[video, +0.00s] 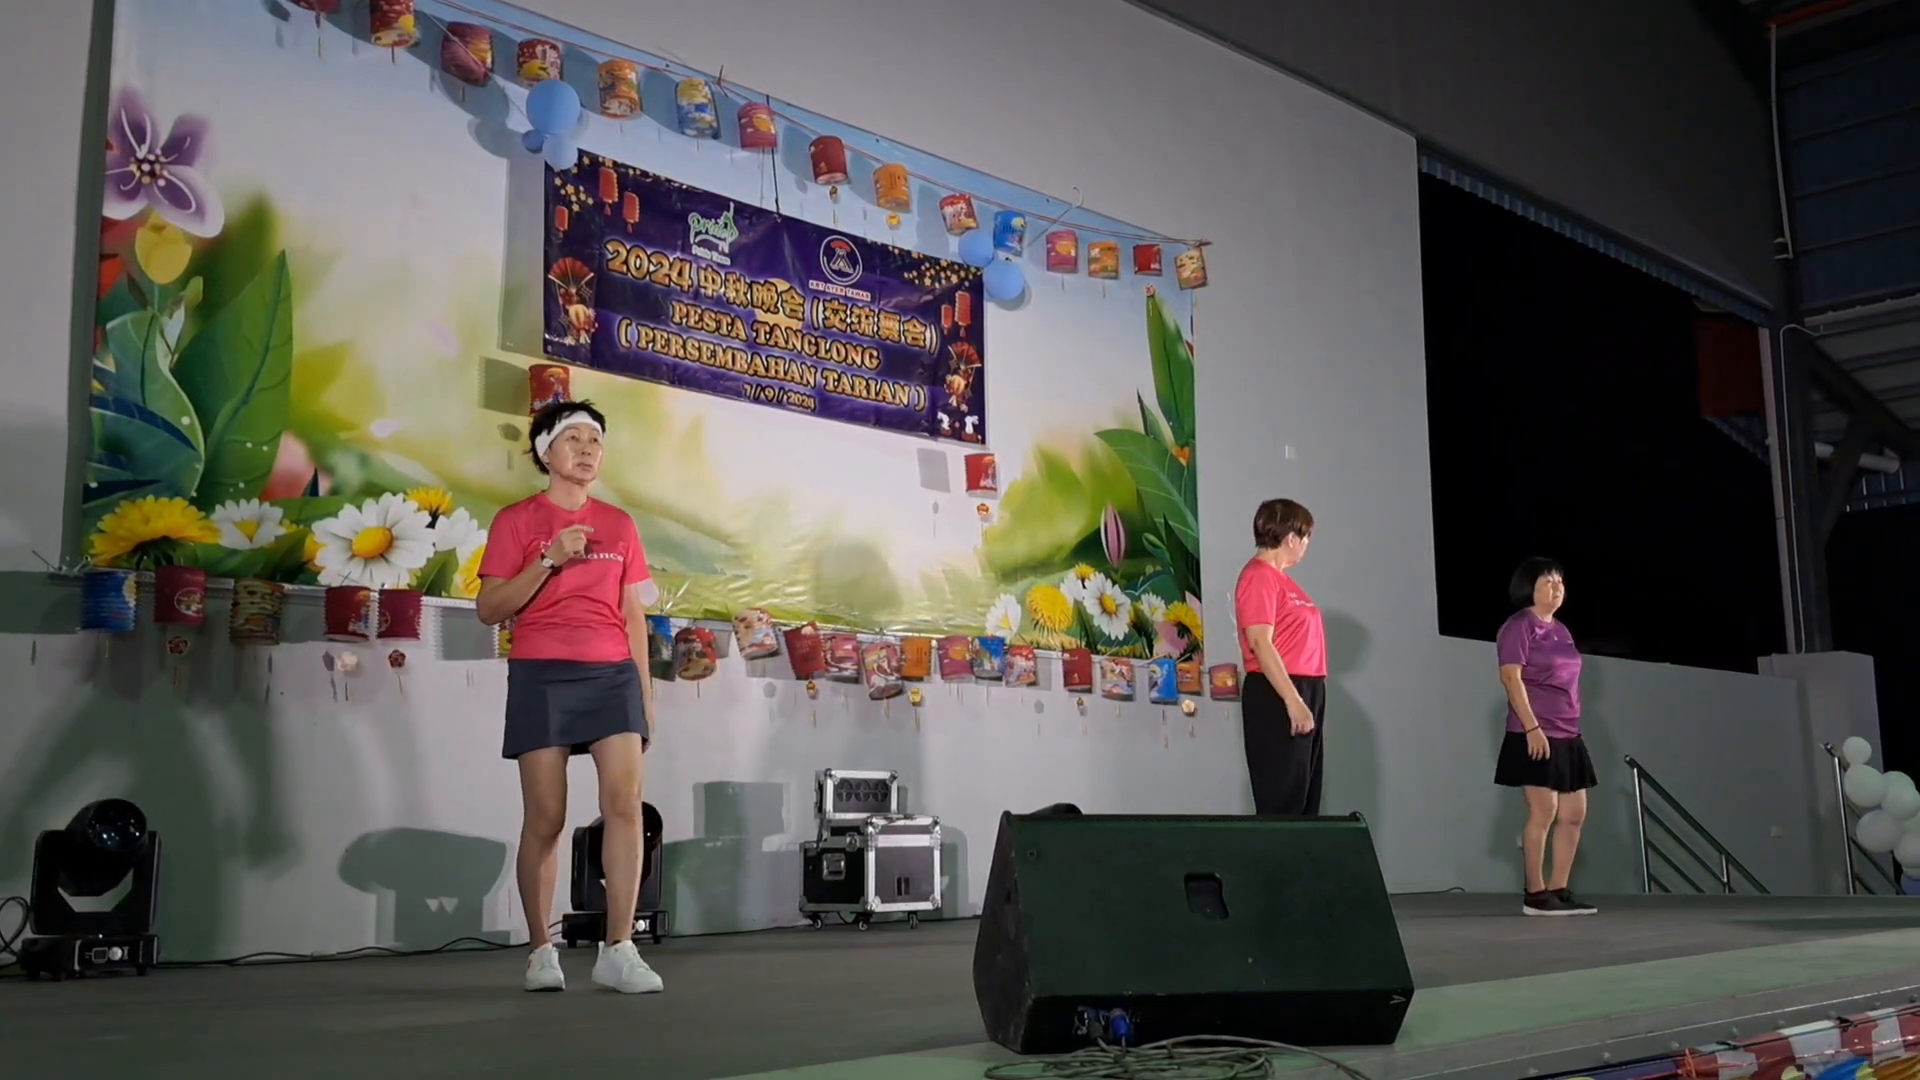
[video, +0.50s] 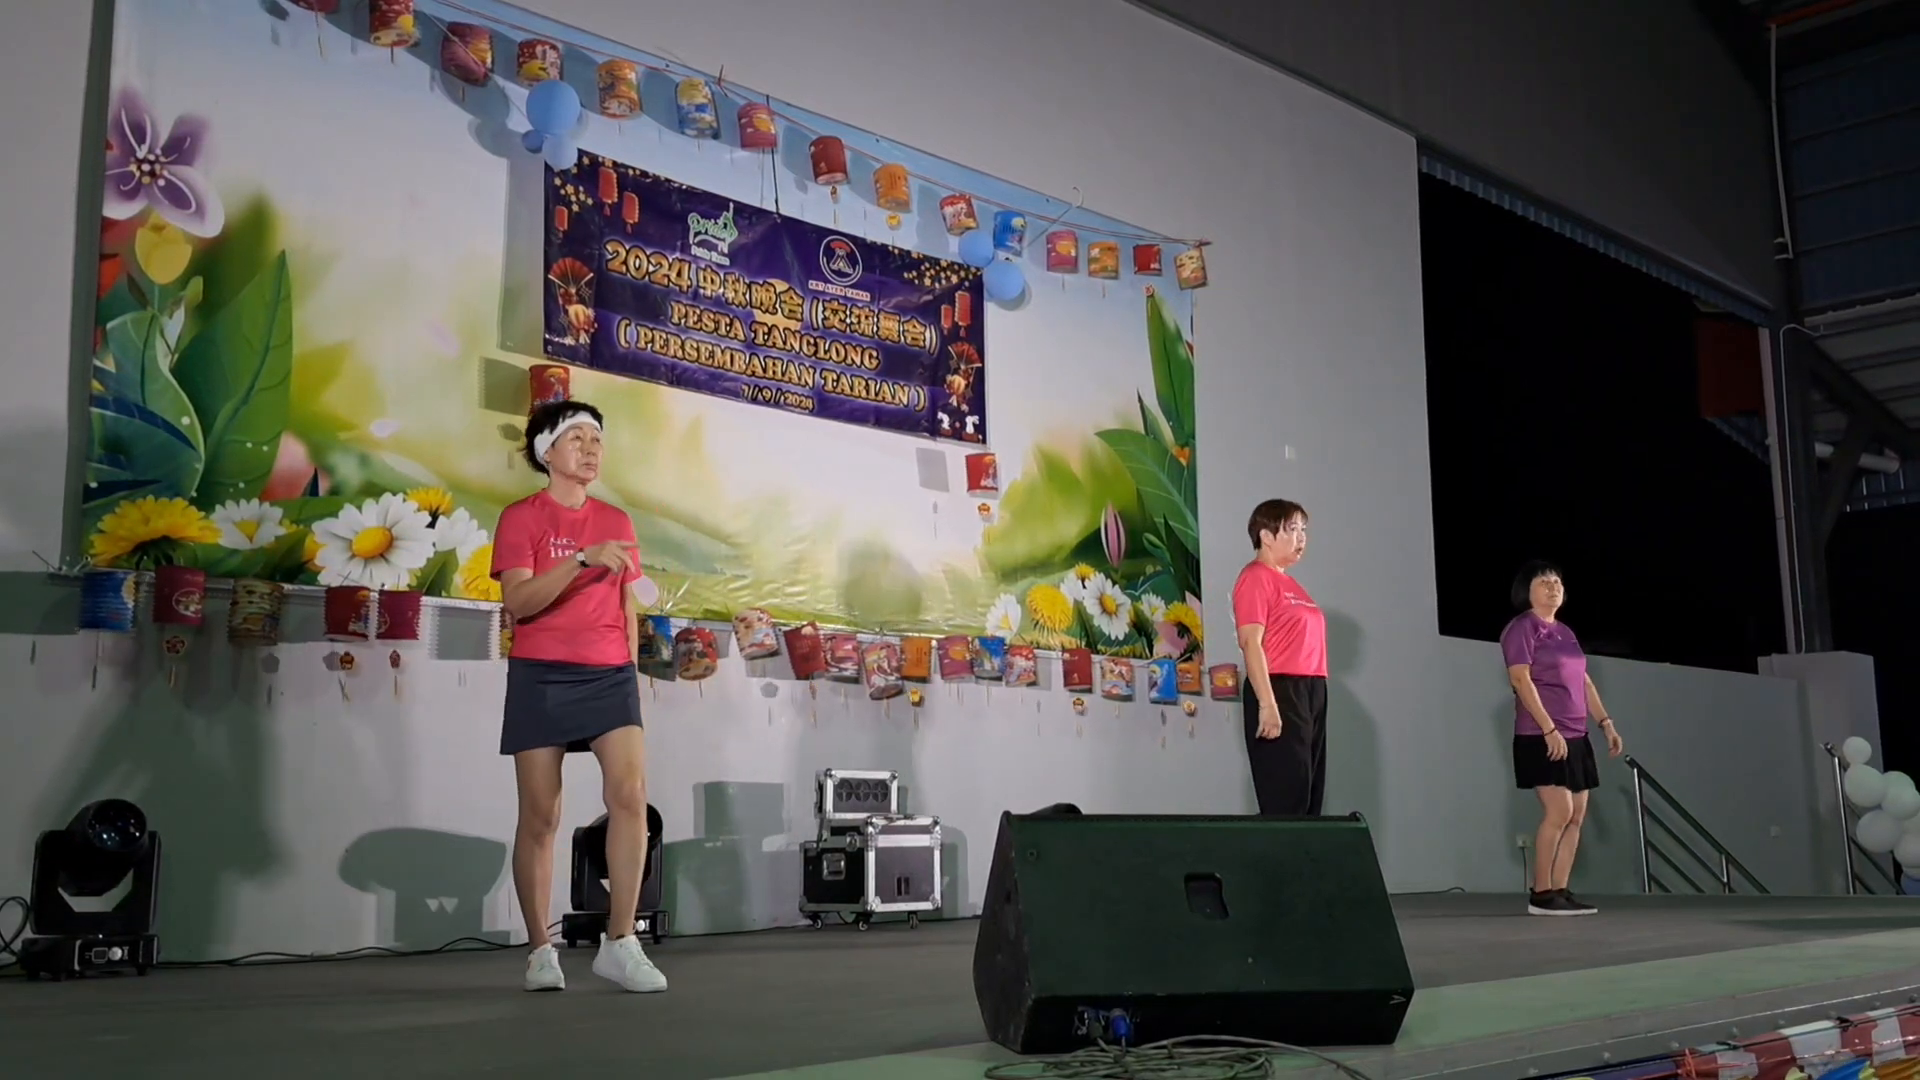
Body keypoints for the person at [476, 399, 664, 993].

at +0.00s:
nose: (586, 450)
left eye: (594, 442)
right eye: (573, 440)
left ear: (603, 455)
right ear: (545, 451)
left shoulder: (618, 524)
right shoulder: (516, 520)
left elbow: (634, 616)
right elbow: (491, 608)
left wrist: (643, 695)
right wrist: (548, 561)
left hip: (614, 677)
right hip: (541, 678)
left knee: (625, 804)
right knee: (545, 819)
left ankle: (618, 947)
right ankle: (543, 947)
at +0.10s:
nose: (587, 453)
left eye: (595, 444)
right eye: (574, 443)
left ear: (603, 456)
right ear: (545, 455)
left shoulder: (616, 527)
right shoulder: (515, 523)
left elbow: (630, 619)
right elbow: (491, 612)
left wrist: (641, 695)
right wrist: (549, 564)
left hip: (609, 679)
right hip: (537, 679)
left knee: (627, 796)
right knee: (544, 818)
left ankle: (619, 942)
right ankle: (543, 947)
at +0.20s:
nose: (587, 459)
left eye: (595, 450)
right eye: (574, 448)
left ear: (603, 462)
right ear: (546, 458)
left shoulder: (614, 530)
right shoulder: (515, 528)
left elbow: (625, 622)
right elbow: (494, 618)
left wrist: (635, 698)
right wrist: (553, 568)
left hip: (606, 682)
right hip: (534, 682)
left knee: (627, 790)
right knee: (544, 817)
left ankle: (620, 937)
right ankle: (542, 948)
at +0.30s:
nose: (588, 461)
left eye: (595, 452)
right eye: (575, 450)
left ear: (602, 462)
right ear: (545, 459)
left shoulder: (613, 529)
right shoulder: (515, 529)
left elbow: (624, 619)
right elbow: (501, 617)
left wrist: (629, 688)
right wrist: (559, 567)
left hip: (604, 681)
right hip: (534, 681)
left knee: (627, 789)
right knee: (544, 819)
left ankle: (621, 934)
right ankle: (542, 947)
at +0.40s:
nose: (589, 457)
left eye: (595, 447)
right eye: (576, 446)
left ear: (602, 457)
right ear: (545, 456)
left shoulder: (613, 526)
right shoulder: (518, 523)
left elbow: (624, 613)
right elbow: (508, 612)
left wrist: (630, 678)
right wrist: (569, 562)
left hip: (606, 679)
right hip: (536, 679)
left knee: (630, 789)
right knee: (542, 817)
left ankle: (622, 935)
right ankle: (542, 947)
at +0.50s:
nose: (590, 450)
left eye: (596, 442)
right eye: (577, 440)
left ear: (602, 454)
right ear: (546, 451)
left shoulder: (617, 522)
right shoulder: (522, 517)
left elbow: (627, 610)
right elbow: (517, 603)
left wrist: (630, 675)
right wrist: (582, 562)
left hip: (609, 677)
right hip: (540, 677)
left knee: (630, 794)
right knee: (540, 815)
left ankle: (620, 941)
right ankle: (542, 948)